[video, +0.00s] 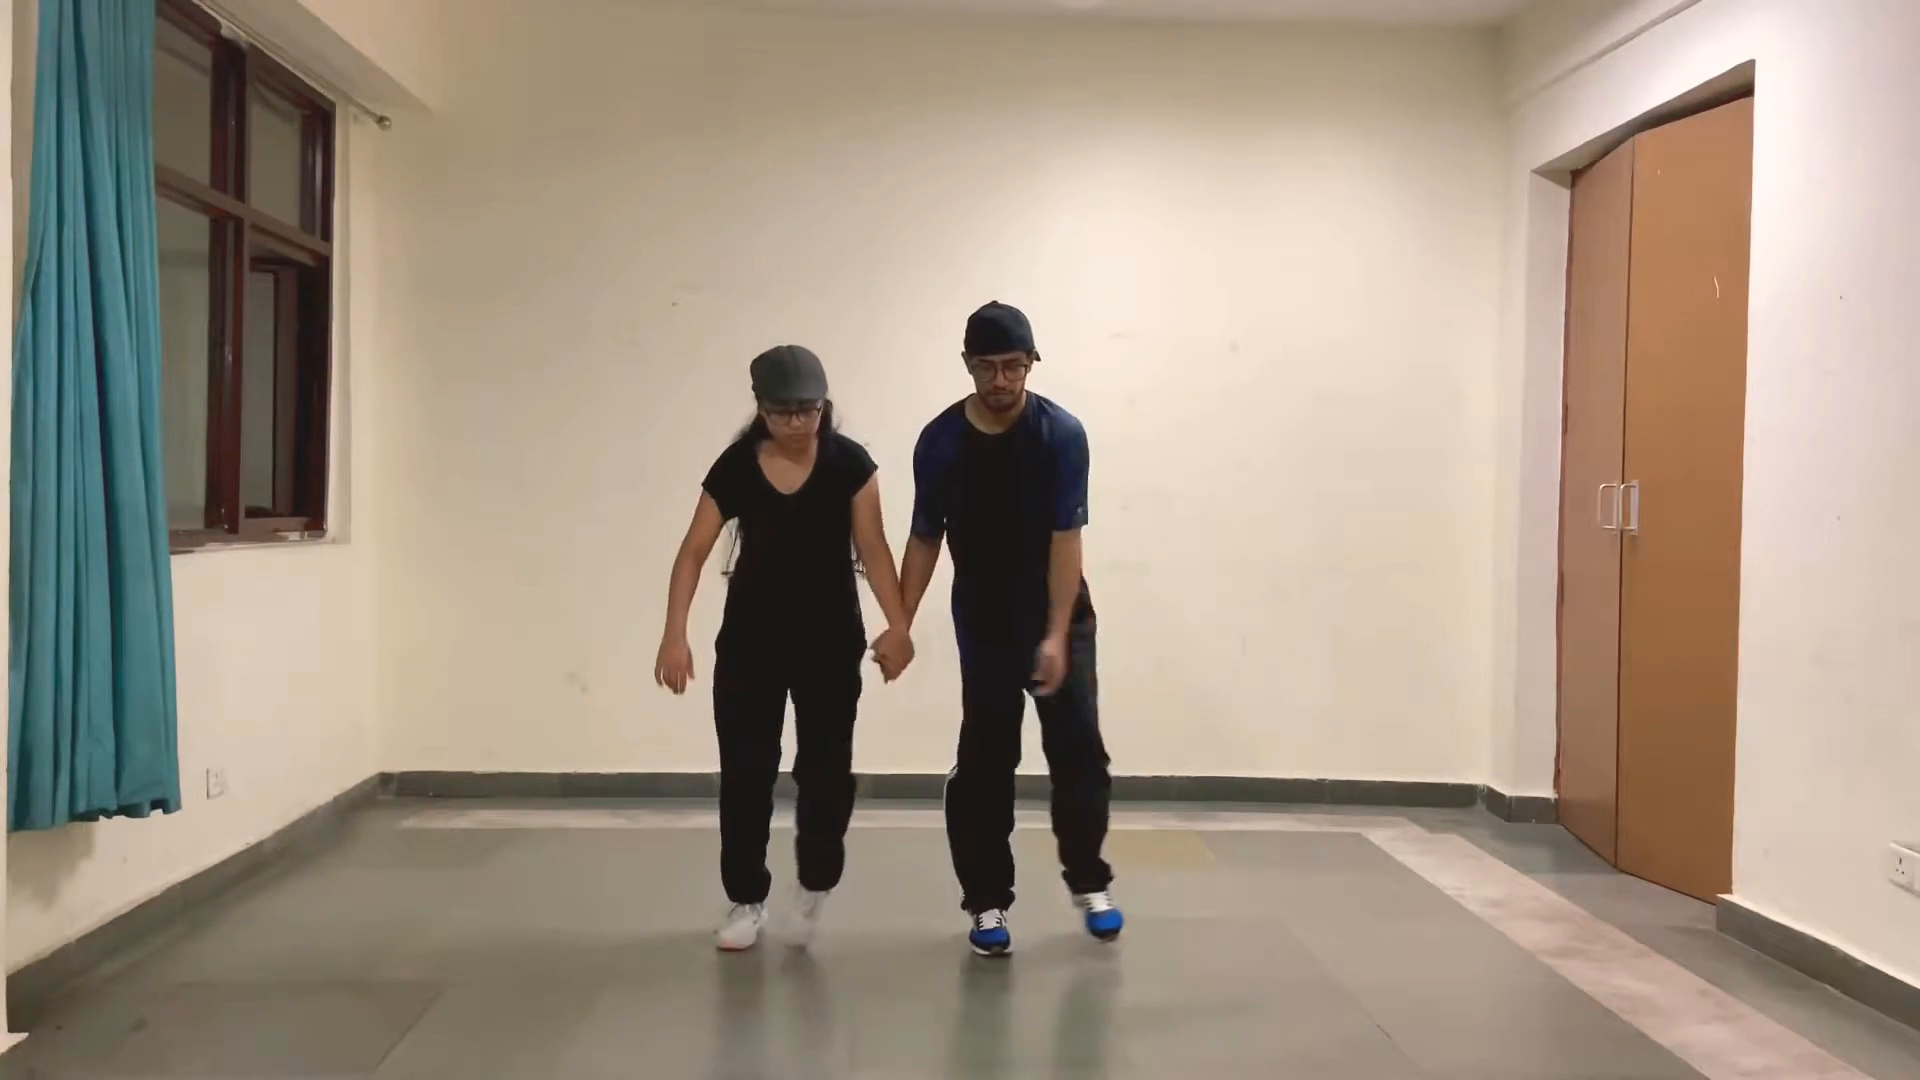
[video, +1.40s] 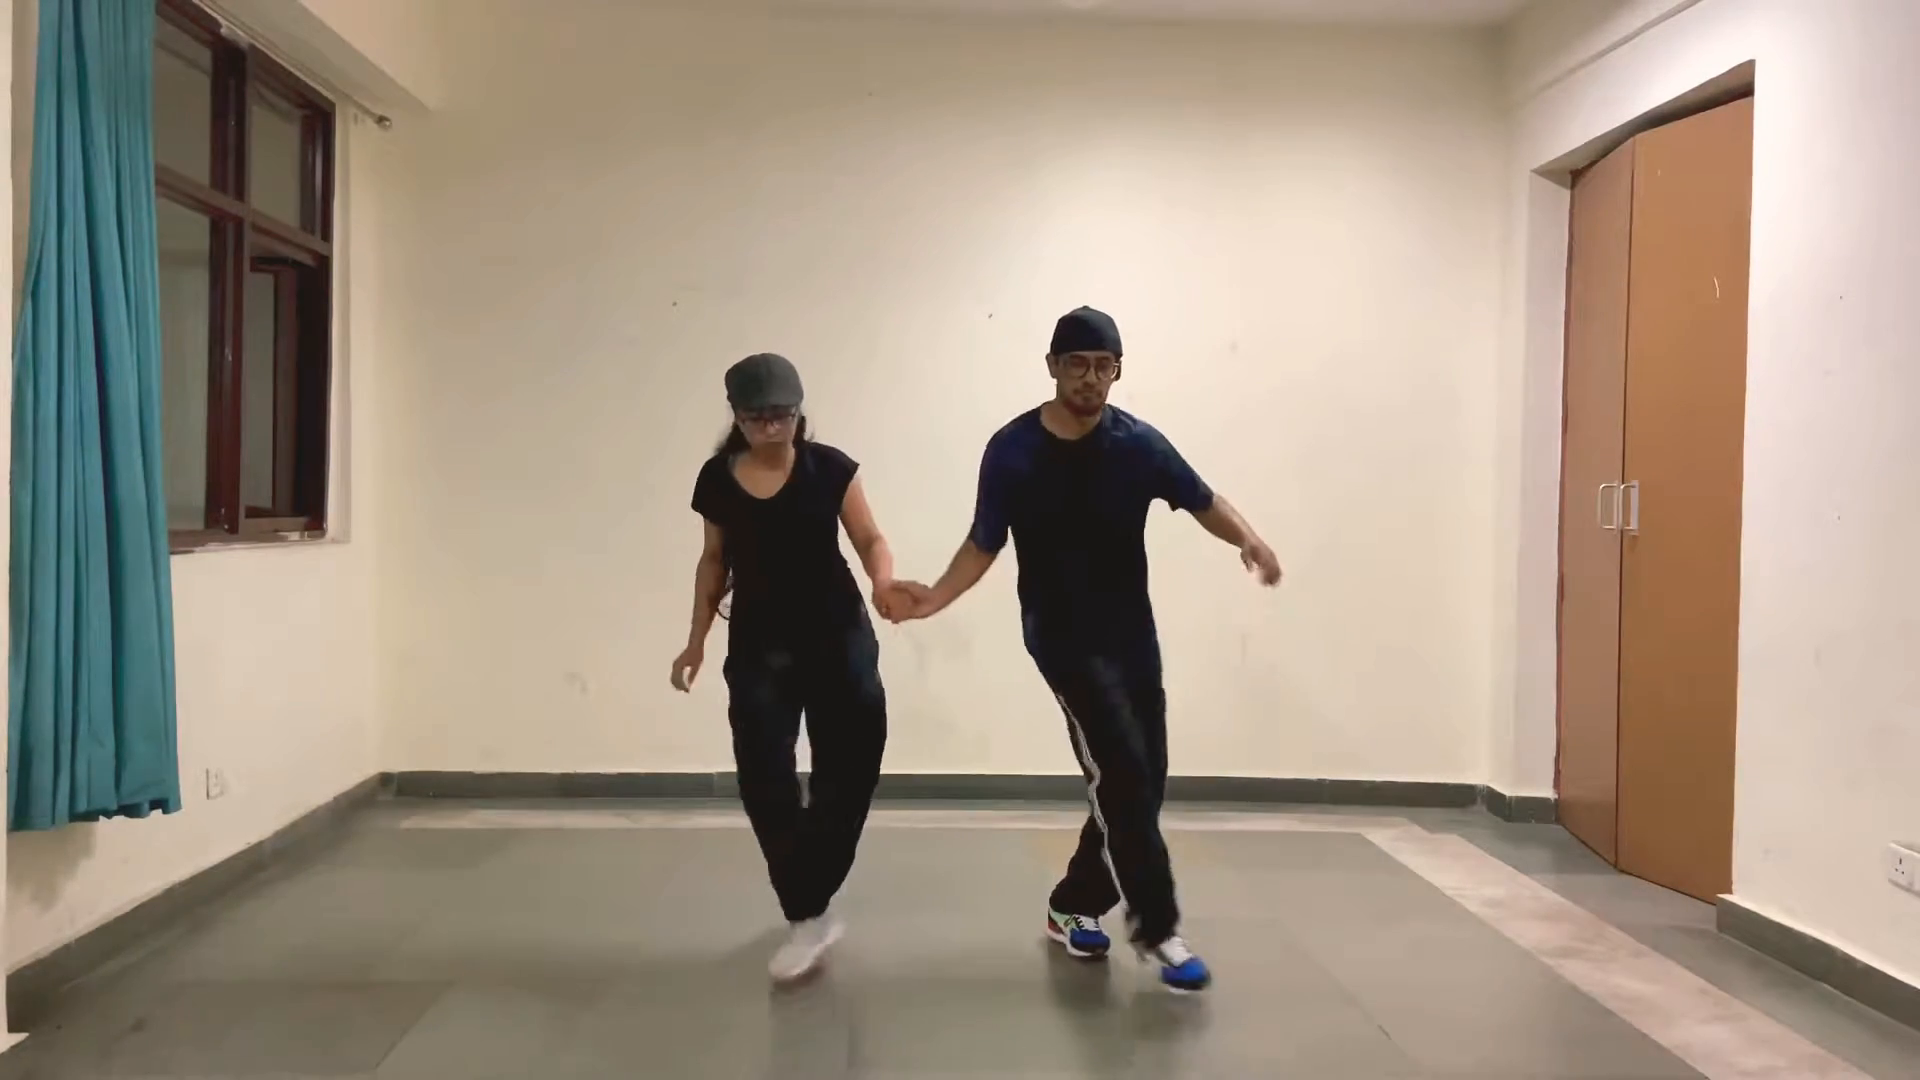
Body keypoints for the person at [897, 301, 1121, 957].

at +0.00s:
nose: (1001, 379)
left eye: (1013, 366)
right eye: (987, 366)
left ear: (1031, 364)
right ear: (969, 368)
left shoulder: (1061, 435)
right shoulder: (940, 442)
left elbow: (1066, 543)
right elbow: (923, 539)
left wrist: (1058, 633)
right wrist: (899, 626)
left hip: (1059, 611)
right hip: (985, 617)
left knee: (1078, 748)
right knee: (987, 756)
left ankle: (1089, 879)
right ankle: (987, 901)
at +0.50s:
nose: (1030, 371)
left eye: (1042, 359)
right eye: (1017, 359)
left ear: (1062, 359)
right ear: (999, 361)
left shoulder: (1096, 434)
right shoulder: (975, 431)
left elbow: (1133, 530)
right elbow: (958, 515)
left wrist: (1093, 561)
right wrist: (936, 583)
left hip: (1069, 619)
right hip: (993, 618)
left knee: (1081, 756)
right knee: (989, 765)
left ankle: (1134, 873)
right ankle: (990, 898)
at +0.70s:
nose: (1043, 370)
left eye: (1055, 357)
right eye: (1030, 358)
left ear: (1076, 356)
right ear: (1014, 361)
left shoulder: (1119, 433)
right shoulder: (999, 436)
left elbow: (1178, 505)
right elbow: (965, 531)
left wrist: (1196, 573)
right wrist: (923, 596)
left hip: (1063, 622)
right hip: (993, 615)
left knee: (1035, 764)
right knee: (978, 759)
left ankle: (1073, 904)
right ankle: (984, 899)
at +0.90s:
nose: (1059, 371)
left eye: (1071, 358)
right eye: (1046, 359)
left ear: (1091, 360)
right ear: (1027, 362)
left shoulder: (1126, 436)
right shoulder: (1003, 445)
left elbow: (1161, 532)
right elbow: (1002, 543)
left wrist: (1201, 630)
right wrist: (970, 628)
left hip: (1114, 636)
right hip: (1037, 635)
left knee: (1111, 777)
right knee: (1030, 767)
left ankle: (1089, 900)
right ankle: (1013, 890)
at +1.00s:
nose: (1062, 378)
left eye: (1075, 366)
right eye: (1049, 365)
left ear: (1094, 369)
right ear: (1030, 370)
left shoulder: (1130, 442)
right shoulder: (1008, 450)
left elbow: (1165, 537)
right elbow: (1012, 535)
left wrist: (1195, 628)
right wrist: (979, 610)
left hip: (1138, 626)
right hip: (1063, 632)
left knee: (1154, 769)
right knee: (1100, 760)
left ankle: (1111, 907)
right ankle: (1089, 903)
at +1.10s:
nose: (1067, 388)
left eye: (1080, 376)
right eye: (1054, 375)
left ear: (1099, 380)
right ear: (1033, 378)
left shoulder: (1138, 445)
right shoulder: (1016, 461)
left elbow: (1189, 522)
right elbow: (1025, 540)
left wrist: (1223, 607)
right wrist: (982, 603)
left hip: (1157, 643)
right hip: (1085, 651)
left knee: (1169, 793)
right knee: (1146, 793)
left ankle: (1094, 902)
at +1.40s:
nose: (1090, 381)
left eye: (1103, 369)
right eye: (1076, 367)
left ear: (1116, 373)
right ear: (1052, 368)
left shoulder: (1138, 444)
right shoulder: (1012, 450)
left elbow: (1203, 503)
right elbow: (984, 540)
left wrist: (1251, 540)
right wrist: (931, 600)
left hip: (1131, 626)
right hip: (1061, 631)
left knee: (1144, 776)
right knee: (1124, 770)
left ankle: (1077, 903)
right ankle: (1160, 932)